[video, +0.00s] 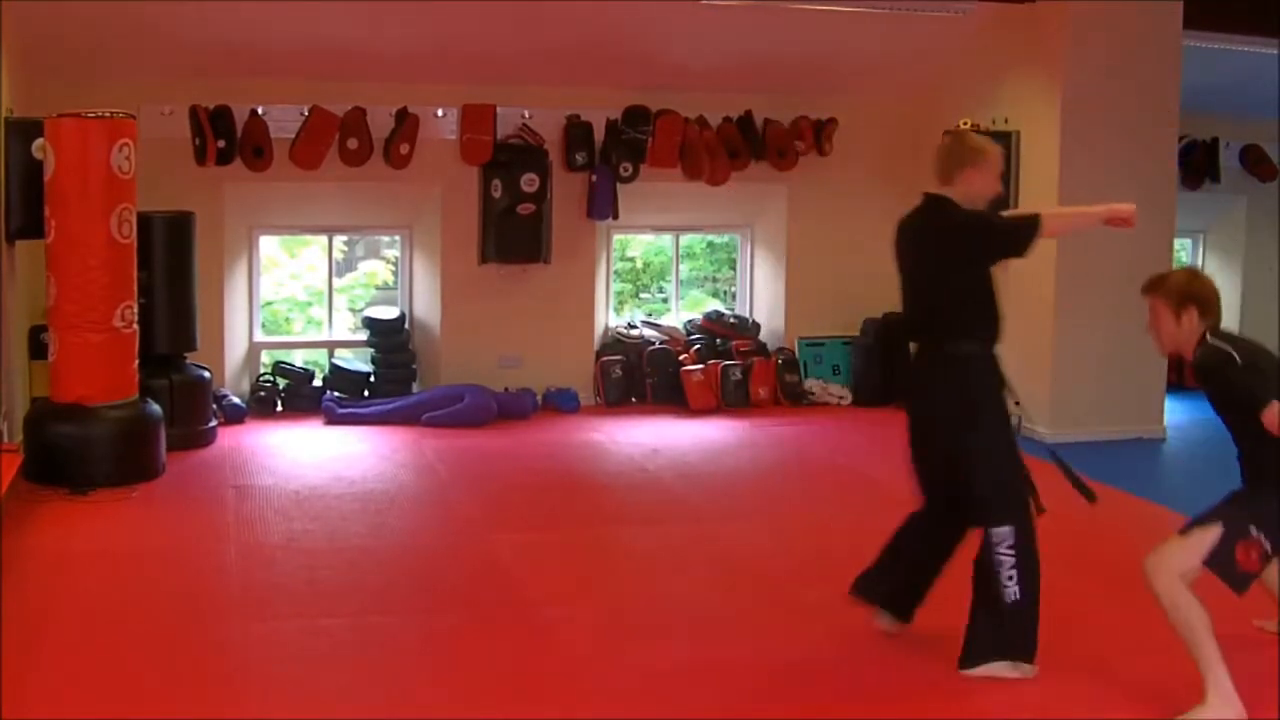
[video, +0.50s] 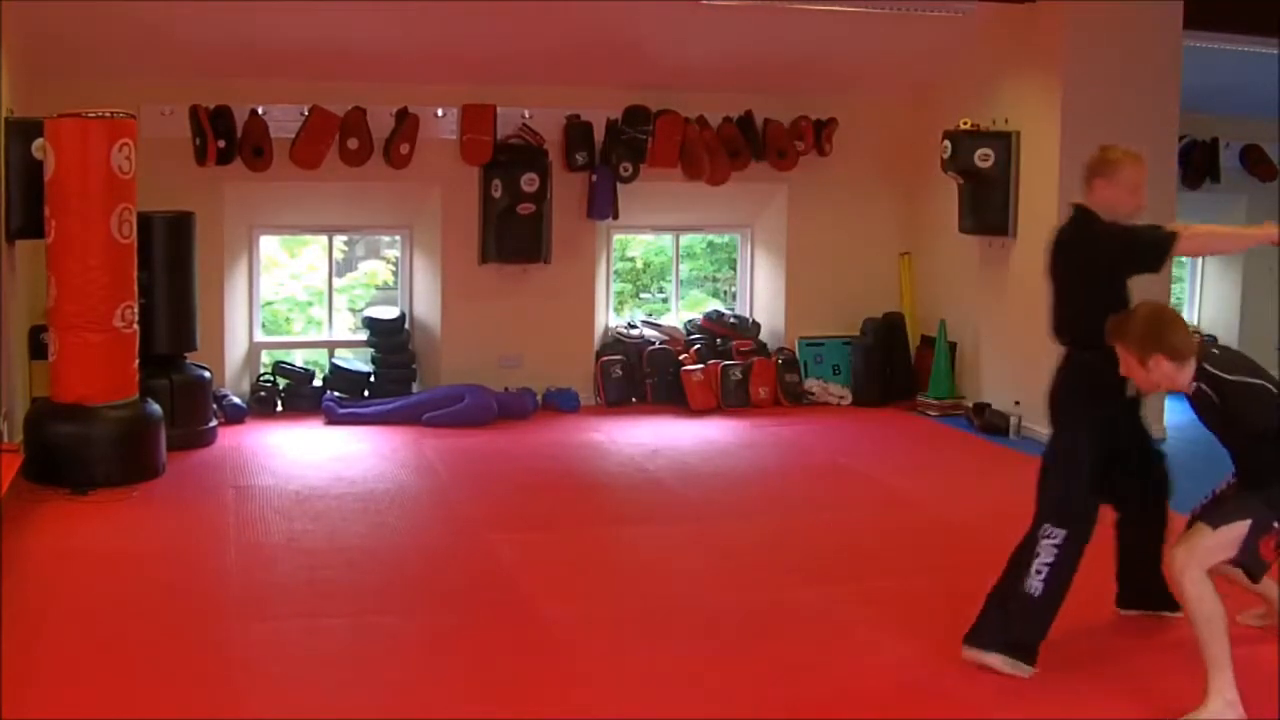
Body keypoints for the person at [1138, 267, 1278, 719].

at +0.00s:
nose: (1150, 326)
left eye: (1156, 315)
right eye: (1149, 316)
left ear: (1189, 316)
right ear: (1190, 317)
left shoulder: (1218, 359)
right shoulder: (1226, 350)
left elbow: (1274, 415)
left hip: (1267, 498)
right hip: (1265, 493)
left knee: (1163, 568)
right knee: (1256, 549)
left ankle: (1222, 697)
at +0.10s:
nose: (1144, 343)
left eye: (1149, 331)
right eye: (1143, 332)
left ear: (1185, 334)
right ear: (1185, 334)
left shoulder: (1235, 382)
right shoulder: (1218, 372)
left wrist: (1256, 538)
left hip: (1267, 515)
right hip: (1260, 505)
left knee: (1163, 572)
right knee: (1245, 565)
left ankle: (1222, 699)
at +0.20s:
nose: (1142, 346)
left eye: (1149, 335)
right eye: (1142, 335)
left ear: (1187, 341)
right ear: (1184, 342)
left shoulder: (1240, 388)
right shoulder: (1207, 380)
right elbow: (1252, 464)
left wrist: (1257, 537)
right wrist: (1241, 521)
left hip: (1269, 511)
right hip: (1254, 503)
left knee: (1170, 569)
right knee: (1214, 556)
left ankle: (1224, 699)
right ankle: (1276, 613)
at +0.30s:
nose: (1146, 354)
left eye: (1152, 345)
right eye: (1146, 344)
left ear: (1190, 350)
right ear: (1188, 350)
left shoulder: (1256, 394)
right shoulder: (1199, 377)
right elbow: (1246, 455)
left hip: (1268, 501)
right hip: (1242, 490)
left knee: (1175, 564)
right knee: (1208, 564)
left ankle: (1224, 699)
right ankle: (1275, 615)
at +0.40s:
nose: (1135, 377)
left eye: (1140, 369)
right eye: (1134, 368)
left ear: (1175, 368)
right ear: (1175, 366)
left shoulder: (1253, 399)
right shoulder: (1199, 372)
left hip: (1271, 490)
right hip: (1248, 479)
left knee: (1188, 560)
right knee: (1180, 544)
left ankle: (1225, 700)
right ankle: (1267, 611)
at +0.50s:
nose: (1122, 372)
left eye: (1125, 362)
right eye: (1121, 362)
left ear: (1158, 363)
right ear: (1161, 360)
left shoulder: (1231, 393)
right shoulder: (1199, 363)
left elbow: (1267, 476)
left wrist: (1257, 530)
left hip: (1270, 488)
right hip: (1255, 478)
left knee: (1185, 563)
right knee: (1189, 546)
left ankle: (1223, 699)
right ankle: (1275, 598)